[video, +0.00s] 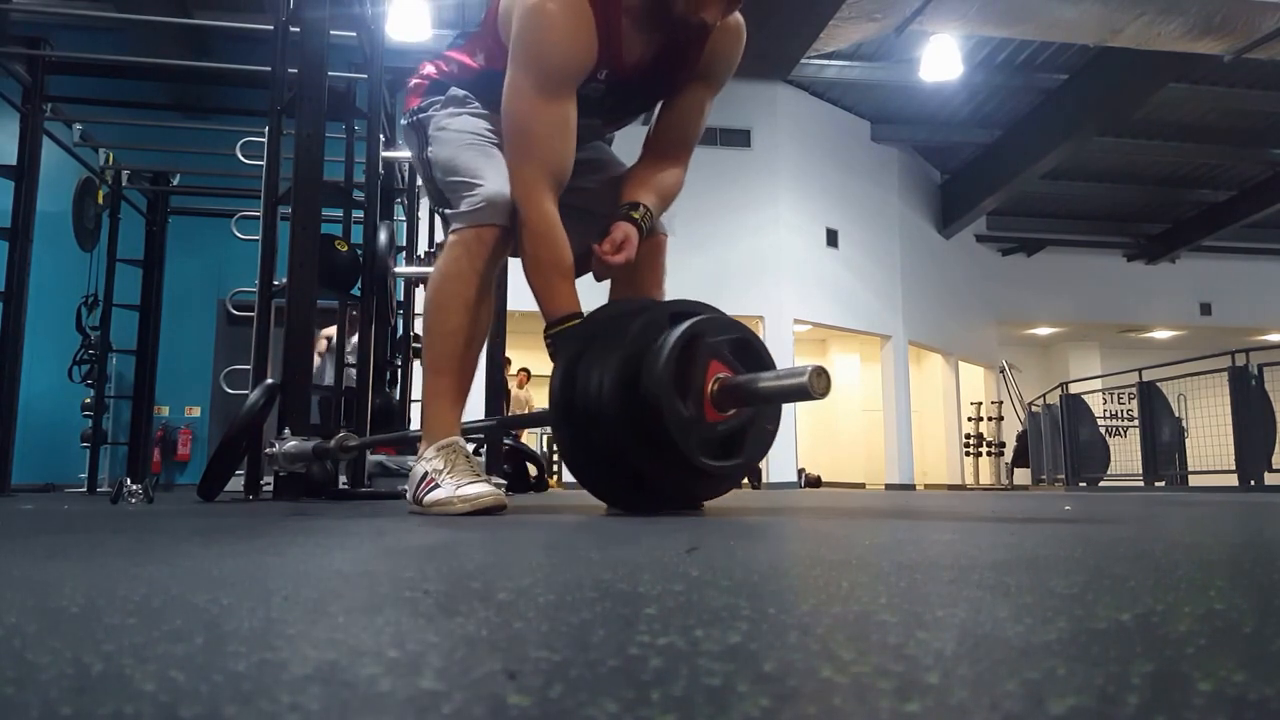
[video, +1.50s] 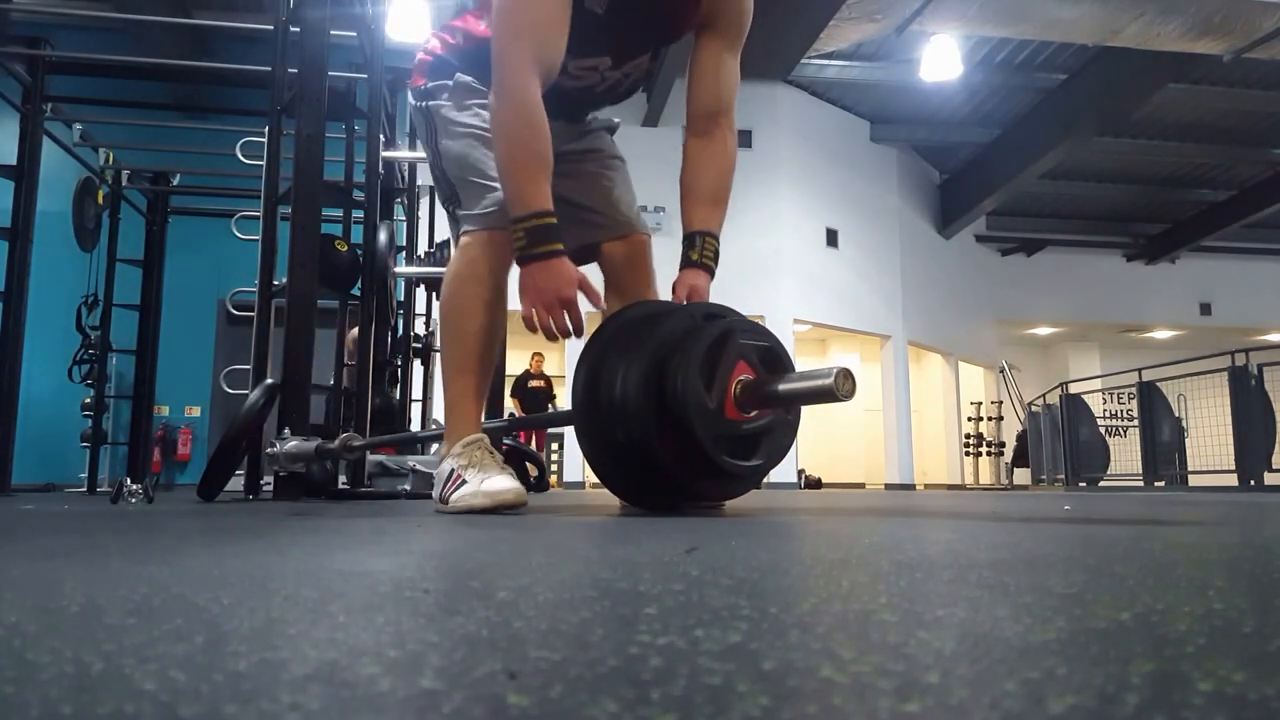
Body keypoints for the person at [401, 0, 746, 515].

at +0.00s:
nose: (718, 11)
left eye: (730, 3)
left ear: (738, 2)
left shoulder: (724, 32)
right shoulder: (558, 14)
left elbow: (668, 155)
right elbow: (536, 191)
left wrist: (634, 214)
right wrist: (570, 345)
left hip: (572, 122)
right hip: (464, 98)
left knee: (646, 238)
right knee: (491, 207)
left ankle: (641, 453)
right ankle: (440, 453)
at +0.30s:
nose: (715, 18)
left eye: (729, 9)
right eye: (709, 1)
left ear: (735, 9)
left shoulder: (717, 37)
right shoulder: (557, 17)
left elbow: (661, 156)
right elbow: (537, 197)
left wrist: (632, 210)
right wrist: (578, 351)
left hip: (563, 121)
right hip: (460, 98)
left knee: (641, 238)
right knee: (491, 207)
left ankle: (638, 458)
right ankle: (440, 453)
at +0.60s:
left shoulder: (719, 21)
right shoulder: (564, 9)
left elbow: (669, 149)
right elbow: (548, 179)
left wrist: (642, 225)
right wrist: (583, 331)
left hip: (576, 117)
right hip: (469, 92)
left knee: (647, 240)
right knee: (497, 210)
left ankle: (641, 461)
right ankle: (442, 453)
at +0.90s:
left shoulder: (723, 5)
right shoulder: (535, 2)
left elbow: (707, 135)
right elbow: (516, 100)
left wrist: (684, 268)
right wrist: (547, 270)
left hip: (576, 107)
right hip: (473, 76)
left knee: (631, 241)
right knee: (496, 225)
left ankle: (630, 463)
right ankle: (456, 449)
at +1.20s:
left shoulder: (722, 2)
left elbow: (713, 107)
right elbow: (500, 60)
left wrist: (705, 240)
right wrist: (523, 222)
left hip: (576, 99)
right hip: (475, 72)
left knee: (632, 243)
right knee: (494, 222)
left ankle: (632, 461)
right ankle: (459, 449)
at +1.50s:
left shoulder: (726, 3)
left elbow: (711, 124)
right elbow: (517, 83)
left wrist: (699, 259)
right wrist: (539, 248)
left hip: (574, 107)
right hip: (470, 76)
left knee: (629, 243)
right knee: (494, 224)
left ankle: (651, 460)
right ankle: (463, 450)